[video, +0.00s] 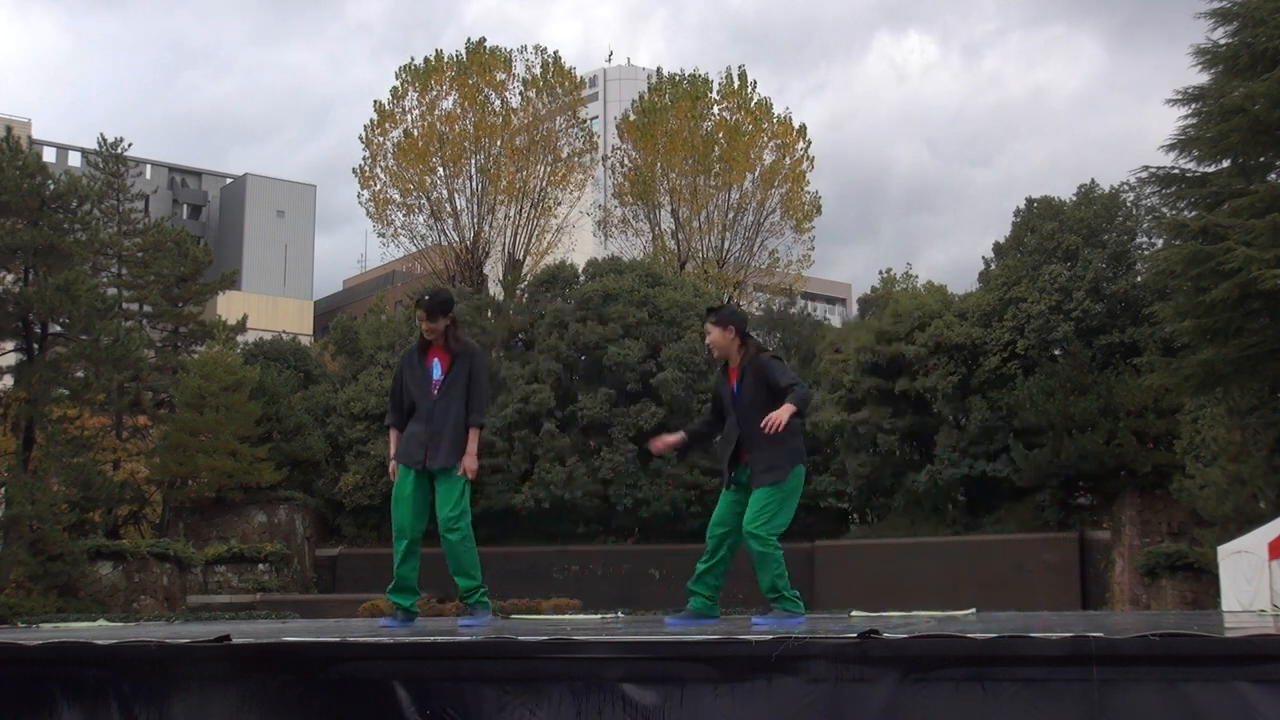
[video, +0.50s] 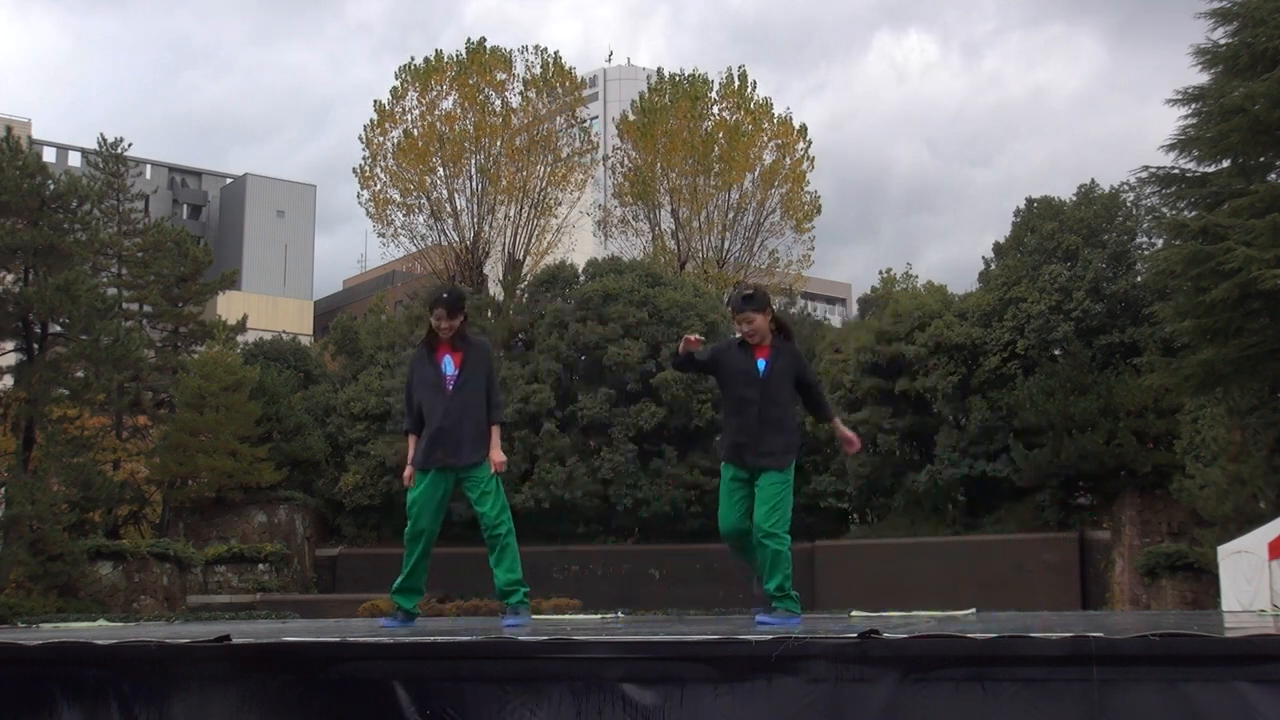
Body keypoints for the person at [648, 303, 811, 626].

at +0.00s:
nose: (707, 341)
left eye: (710, 334)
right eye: (706, 335)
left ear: (732, 333)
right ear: (729, 335)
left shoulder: (764, 363)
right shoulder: (725, 376)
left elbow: (800, 390)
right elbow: (714, 421)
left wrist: (787, 408)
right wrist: (679, 438)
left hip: (780, 467)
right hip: (743, 468)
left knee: (757, 529)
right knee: (720, 532)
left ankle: (787, 607)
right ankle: (703, 606)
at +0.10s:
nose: (706, 332)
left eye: (711, 325)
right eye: (705, 326)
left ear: (733, 325)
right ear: (722, 328)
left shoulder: (765, 359)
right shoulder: (719, 371)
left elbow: (799, 379)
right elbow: (689, 398)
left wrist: (809, 393)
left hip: (784, 462)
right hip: (747, 465)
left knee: (766, 528)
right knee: (735, 528)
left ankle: (788, 607)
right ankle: (738, 607)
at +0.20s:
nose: (713, 327)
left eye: (719, 319)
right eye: (712, 321)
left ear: (741, 320)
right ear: (728, 323)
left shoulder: (772, 357)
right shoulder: (715, 365)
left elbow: (806, 375)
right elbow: (682, 380)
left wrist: (834, 385)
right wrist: (642, 370)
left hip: (783, 460)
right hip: (744, 462)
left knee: (772, 528)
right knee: (743, 531)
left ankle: (787, 606)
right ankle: (754, 604)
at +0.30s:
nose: (728, 324)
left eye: (734, 317)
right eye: (725, 319)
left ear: (757, 318)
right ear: (725, 322)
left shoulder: (782, 358)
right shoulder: (719, 358)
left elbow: (819, 380)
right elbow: (688, 375)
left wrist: (853, 390)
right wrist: (657, 360)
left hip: (777, 460)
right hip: (737, 461)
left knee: (771, 527)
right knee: (741, 532)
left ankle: (783, 605)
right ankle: (752, 604)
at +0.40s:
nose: (740, 323)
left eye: (746, 316)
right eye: (735, 317)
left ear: (765, 315)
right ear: (731, 320)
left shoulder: (787, 355)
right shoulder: (722, 354)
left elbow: (821, 388)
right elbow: (687, 369)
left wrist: (858, 406)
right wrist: (674, 357)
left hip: (777, 458)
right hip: (736, 458)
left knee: (773, 528)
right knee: (740, 533)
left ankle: (784, 605)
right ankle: (752, 604)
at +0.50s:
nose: (745, 329)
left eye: (750, 321)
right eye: (739, 323)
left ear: (769, 316)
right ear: (734, 322)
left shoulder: (789, 354)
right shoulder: (726, 353)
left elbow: (811, 393)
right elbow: (687, 365)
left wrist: (838, 426)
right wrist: (685, 352)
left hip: (777, 458)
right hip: (736, 457)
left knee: (768, 528)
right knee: (731, 527)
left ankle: (785, 606)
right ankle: (768, 576)